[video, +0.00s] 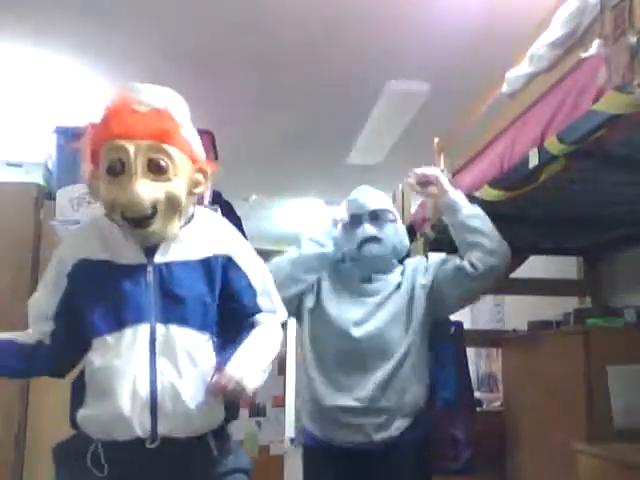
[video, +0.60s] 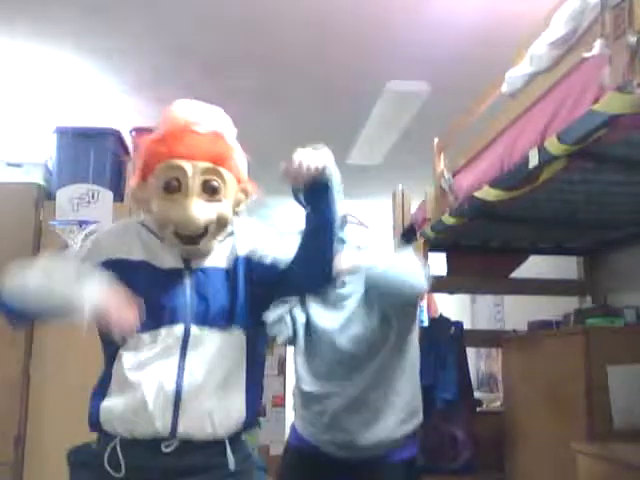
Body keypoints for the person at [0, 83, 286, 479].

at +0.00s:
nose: (135, 187)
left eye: (157, 167)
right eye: (117, 168)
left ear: (195, 181)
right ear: (96, 181)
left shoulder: (217, 239)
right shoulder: (80, 249)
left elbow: (268, 317)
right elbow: (53, 349)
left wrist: (244, 370)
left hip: (203, 457)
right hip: (105, 458)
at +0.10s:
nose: (150, 187)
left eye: (170, 168)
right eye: (132, 168)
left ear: (205, 181)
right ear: (109, 179)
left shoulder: (223, 242)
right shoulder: (87, 247)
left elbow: (286, 309)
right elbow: (64, 337)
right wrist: (27, 360)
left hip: (214, 455)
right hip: (114, 459)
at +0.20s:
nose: (159, 190)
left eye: (181, 171)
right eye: (141, 169)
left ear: (214, 186)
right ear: (116, 181)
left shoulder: (231, 245)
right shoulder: (91, 248)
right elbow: (61, 330)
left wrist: (286, 288)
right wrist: (41, 375)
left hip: (218, 455)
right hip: (120, 460)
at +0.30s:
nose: (168, 194)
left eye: (190, 174)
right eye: (150, 171)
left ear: (220, 189)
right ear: (122, 182)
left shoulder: (238, 247)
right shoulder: (98, 247)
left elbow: (314, 301)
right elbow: (67, 324)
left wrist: (302, 249)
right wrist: (64, 372)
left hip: (222, 452)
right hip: (125, 455)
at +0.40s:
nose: (176, 201)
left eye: (198, 179)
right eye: (159, 176)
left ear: (230, 192)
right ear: (133, 185)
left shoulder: (253, 251)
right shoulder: (104, 250)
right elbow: (46, 330)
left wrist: (311, 203)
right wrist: (88, 384)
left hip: (227, 455)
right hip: (129, 458)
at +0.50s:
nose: (185, 204)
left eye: (205, 187)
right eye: (166, 184)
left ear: (233, 197)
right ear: (139, 191)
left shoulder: (250, 259)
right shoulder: (109, 258)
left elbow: (325, 250)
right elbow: (28, 307)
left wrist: (328, 185)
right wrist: (98, 339)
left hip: (221, 456)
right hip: (127, 459)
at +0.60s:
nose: (191, 208)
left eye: (211, 189)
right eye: (172, 187)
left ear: (238, 197)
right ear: (142, 192)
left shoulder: (248, 262)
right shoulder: (113, 251)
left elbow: (312, 274)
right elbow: (16, 291)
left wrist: (318, 194)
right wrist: (91, 291)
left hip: (220, 459)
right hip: (128, 457)